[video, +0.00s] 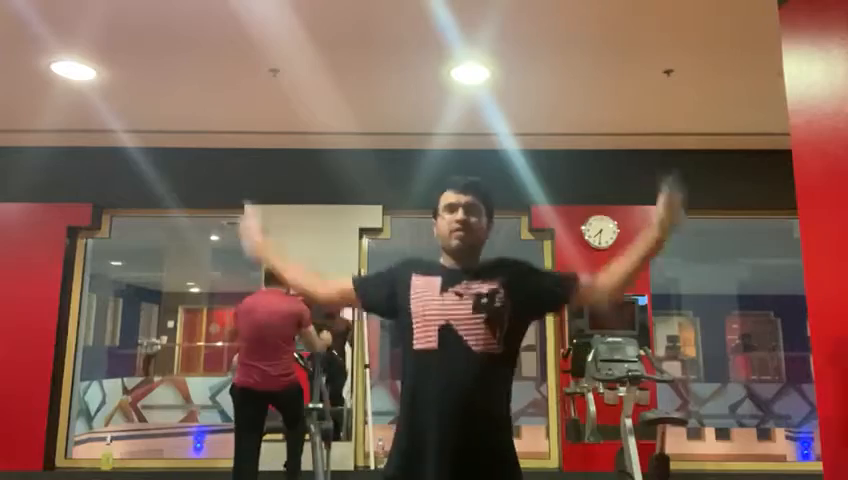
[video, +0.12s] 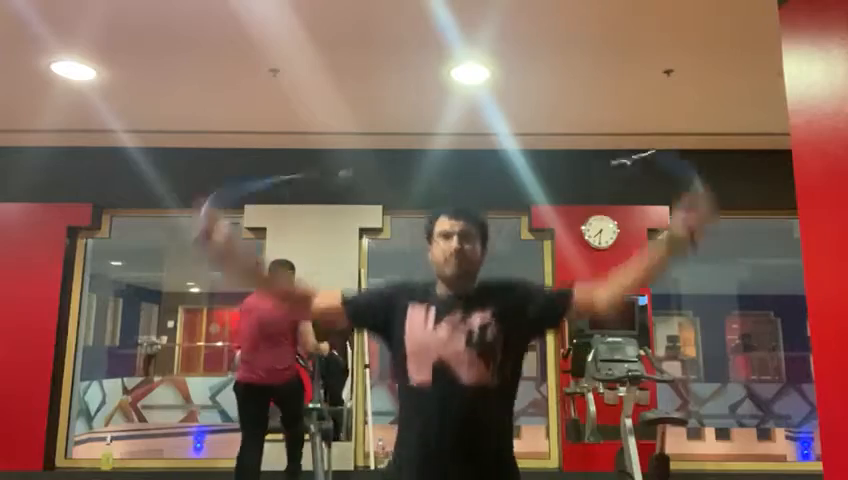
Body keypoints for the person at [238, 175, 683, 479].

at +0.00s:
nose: (460, 219)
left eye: (472, 212)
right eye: (451, 211)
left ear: (488, 226)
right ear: (434, 223)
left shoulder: (514, 279)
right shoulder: (405, 278)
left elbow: (600, 292)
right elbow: (327, 293)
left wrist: (655, 232)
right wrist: (264, 251)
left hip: (487, 460)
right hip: (414, 457)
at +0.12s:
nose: (457, 246)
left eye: (469, 238)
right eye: (447, 237)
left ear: (484, 252)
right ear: (428, 249)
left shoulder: (514, 301)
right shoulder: (398, 302)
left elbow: (604, 300)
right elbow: (307, 303)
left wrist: (673, 240)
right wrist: (239, 259)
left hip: (490, 470)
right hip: (415, 469)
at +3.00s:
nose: (427, 215)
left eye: (438, 207)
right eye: (417, 206)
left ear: (456, 220)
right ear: (401, 220)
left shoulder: (487, 291)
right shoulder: (375, 299)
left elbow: (550, 379)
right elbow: (322, 385)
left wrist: (624, 432)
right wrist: (236, 442)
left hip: (472, 466)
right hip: (397, 466)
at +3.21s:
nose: (430, 170)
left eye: (441, 162)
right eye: (420, 161)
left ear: (455, 176)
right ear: (403, 173)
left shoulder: (485, 236)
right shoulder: (373, 244)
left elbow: (541, 323)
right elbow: (341, 331)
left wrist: (618, 362)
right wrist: (260, 375)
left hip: (474, 427)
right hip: (395, 427)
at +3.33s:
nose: (426, 216)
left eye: (438, 207)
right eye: (417, 207)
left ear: (459, 218)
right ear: (402, 216)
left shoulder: (488, 284)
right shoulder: (376, 288)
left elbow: (554, 362)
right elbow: (323, 369)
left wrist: (635, 388)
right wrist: (238, 398)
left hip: (471, 463)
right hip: (392, 462)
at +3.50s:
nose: (426, 230)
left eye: (438, 220)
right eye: (416, 220)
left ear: (458, 233)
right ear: (402, 230)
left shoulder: (488, 303)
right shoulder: (376, 307)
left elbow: (546, 382)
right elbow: (320, 390)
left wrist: (623, 433)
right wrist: (236, 440)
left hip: (470, 466)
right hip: (397, 466)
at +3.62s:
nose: (432, 170)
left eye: (443, 165)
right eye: (421, 163)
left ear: (457, 184)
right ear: (403, 184)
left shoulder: (485, 244)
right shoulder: (376, 251)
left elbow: (528, 330)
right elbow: (339, 339)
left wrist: (597, 382)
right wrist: (261, 391)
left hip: (476, 429)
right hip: (399, 430)